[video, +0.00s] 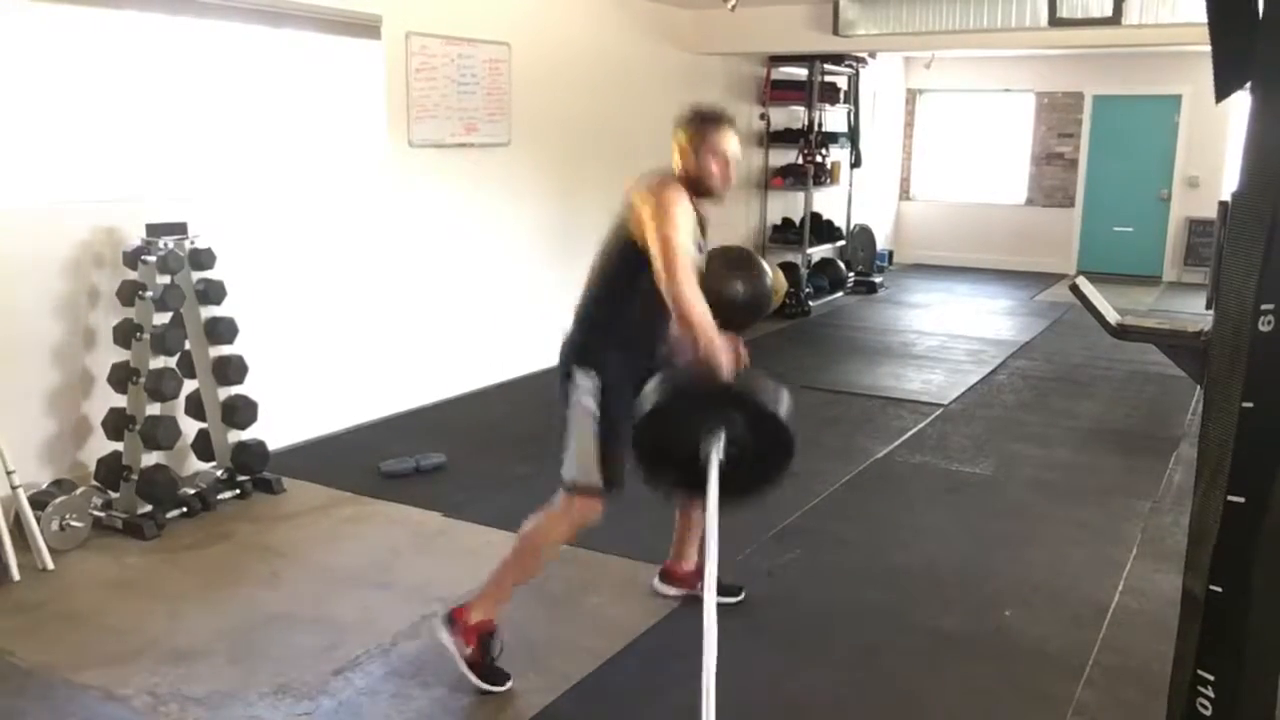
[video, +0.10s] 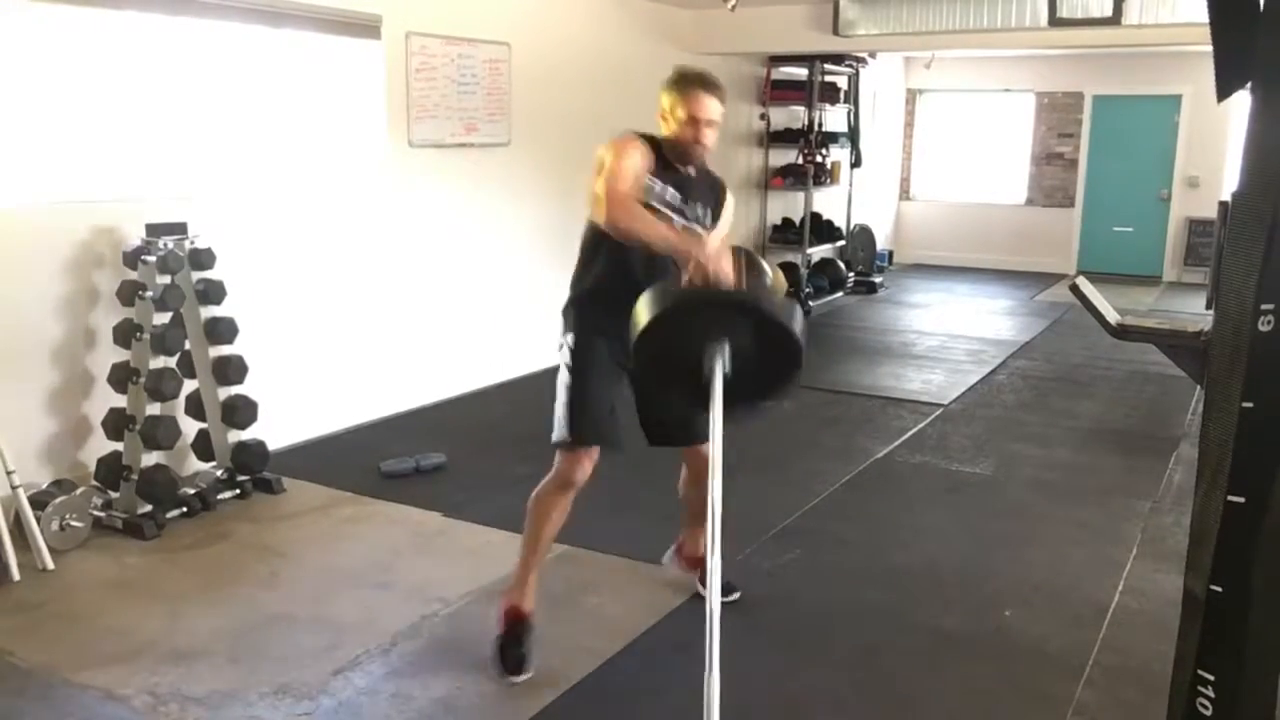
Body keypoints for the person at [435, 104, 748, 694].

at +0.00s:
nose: (727, 168)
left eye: (730, 157)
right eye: (716, 155)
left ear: (726, 159)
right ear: (687, 153)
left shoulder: (686, 208)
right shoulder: (663, 196)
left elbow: (678, 288)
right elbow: (675, 278)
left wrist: (707, 342)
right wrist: (715, 347)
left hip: (648, 359)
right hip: (598, 363)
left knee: (701, 445)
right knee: (582, 503)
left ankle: (683, 564)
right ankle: (475, 617)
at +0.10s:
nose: (705, 135)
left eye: (713, 125)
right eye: (695, 122)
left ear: (720, 126)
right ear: (668, 115)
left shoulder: (714, 192)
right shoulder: (631, 151)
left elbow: (710, 275)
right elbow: (618, 212)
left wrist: (720, 331)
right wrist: (695, 246)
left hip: (666, 328)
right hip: (599, 322)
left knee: (703, 452)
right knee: (575, 466)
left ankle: (693, 549)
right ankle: (519, 601)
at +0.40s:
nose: (643, 146)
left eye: (654, 136)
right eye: (638, 134)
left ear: (675, 144)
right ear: (625, 139)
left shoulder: (688, 194)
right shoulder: (599, 203)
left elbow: (716, 143)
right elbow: (583, 275)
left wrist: (716, 79)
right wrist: (555, 319)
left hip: (671, 369)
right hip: (604, 364)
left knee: (695, 482)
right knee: (559, 479)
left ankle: (731, 546)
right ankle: (537, 608)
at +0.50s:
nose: (641, 148)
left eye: (652, 136)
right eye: (634, 136)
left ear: (672, 142)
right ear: (620, 141)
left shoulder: (684, 196)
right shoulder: (596, 202)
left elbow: (709, 141)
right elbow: (575, 269)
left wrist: (703, 78)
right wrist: (569, 301)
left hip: (668, 368)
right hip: (602, 362)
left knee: (690, 480)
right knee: (555, 481)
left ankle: (732, 545)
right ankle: (548, 610)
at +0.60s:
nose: (648, 144)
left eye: (659, 134)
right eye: (639, 132)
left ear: (676, 137)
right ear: (620, 132)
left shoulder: (683, 188)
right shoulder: (590, 192)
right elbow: (547, 290)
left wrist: (700, 124)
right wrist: (587, 254)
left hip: (668, 362)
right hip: (597, 361)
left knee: (697, 474)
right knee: (559, 488)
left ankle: (727, 544)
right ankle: (549, 612)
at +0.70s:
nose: (654, 134)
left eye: (664, 123)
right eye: (645, 121)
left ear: (680, 126)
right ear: (621, 117)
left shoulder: (682, 179)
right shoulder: (581, 174)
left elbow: (712, 241)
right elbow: (559, 263)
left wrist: (694, 158)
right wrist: (613, 209)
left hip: (663, 347)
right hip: (593, 348)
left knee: (697, 465)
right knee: (569, 490)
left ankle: (710, 545)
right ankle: (546, 612)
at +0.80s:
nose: (683, 131)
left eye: (688, 120)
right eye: (672, 118)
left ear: (691, 123)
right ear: (635, 114)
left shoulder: (695, 180)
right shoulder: (588, 170)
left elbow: (710, 260)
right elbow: (573, 249)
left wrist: (710, 209)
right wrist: (659, 200)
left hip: (662, 342)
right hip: (592, 343)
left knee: (694, 454)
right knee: (578, 493)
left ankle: (681, 552)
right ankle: (522, 605)